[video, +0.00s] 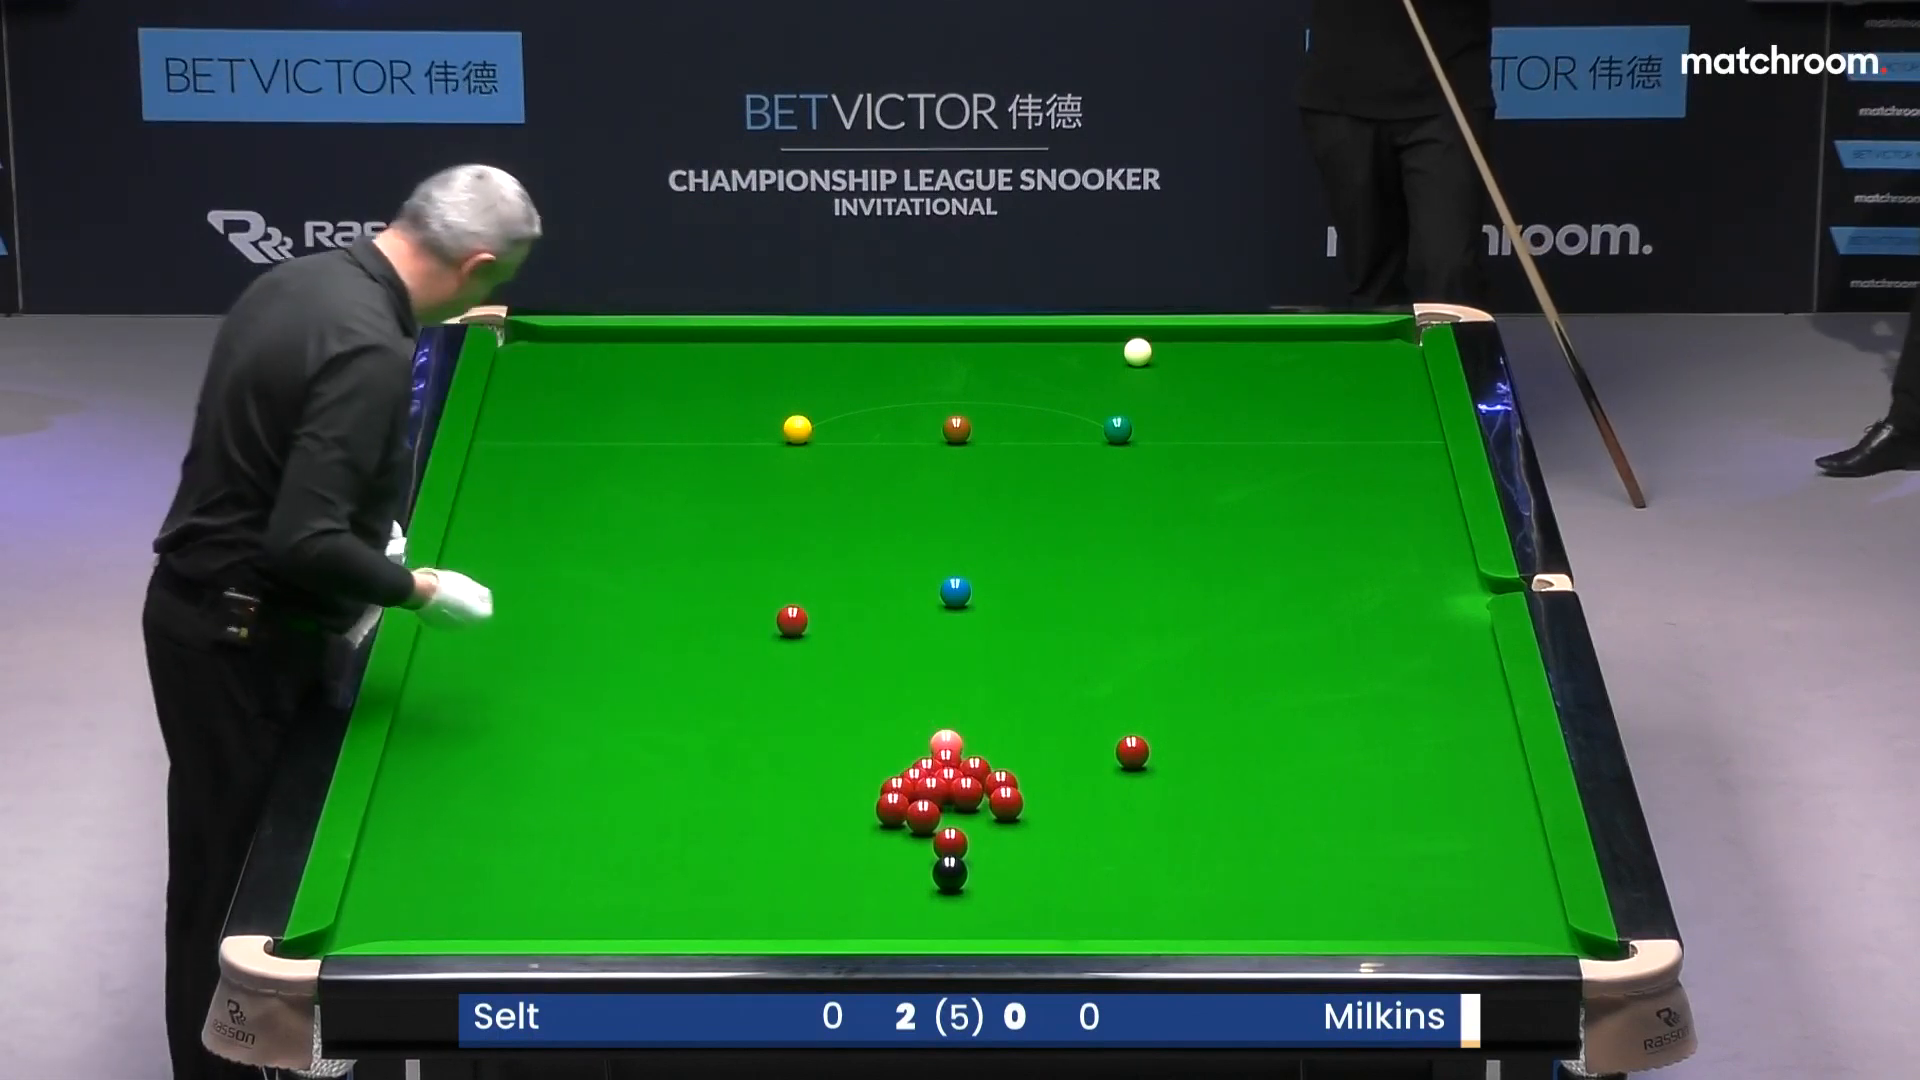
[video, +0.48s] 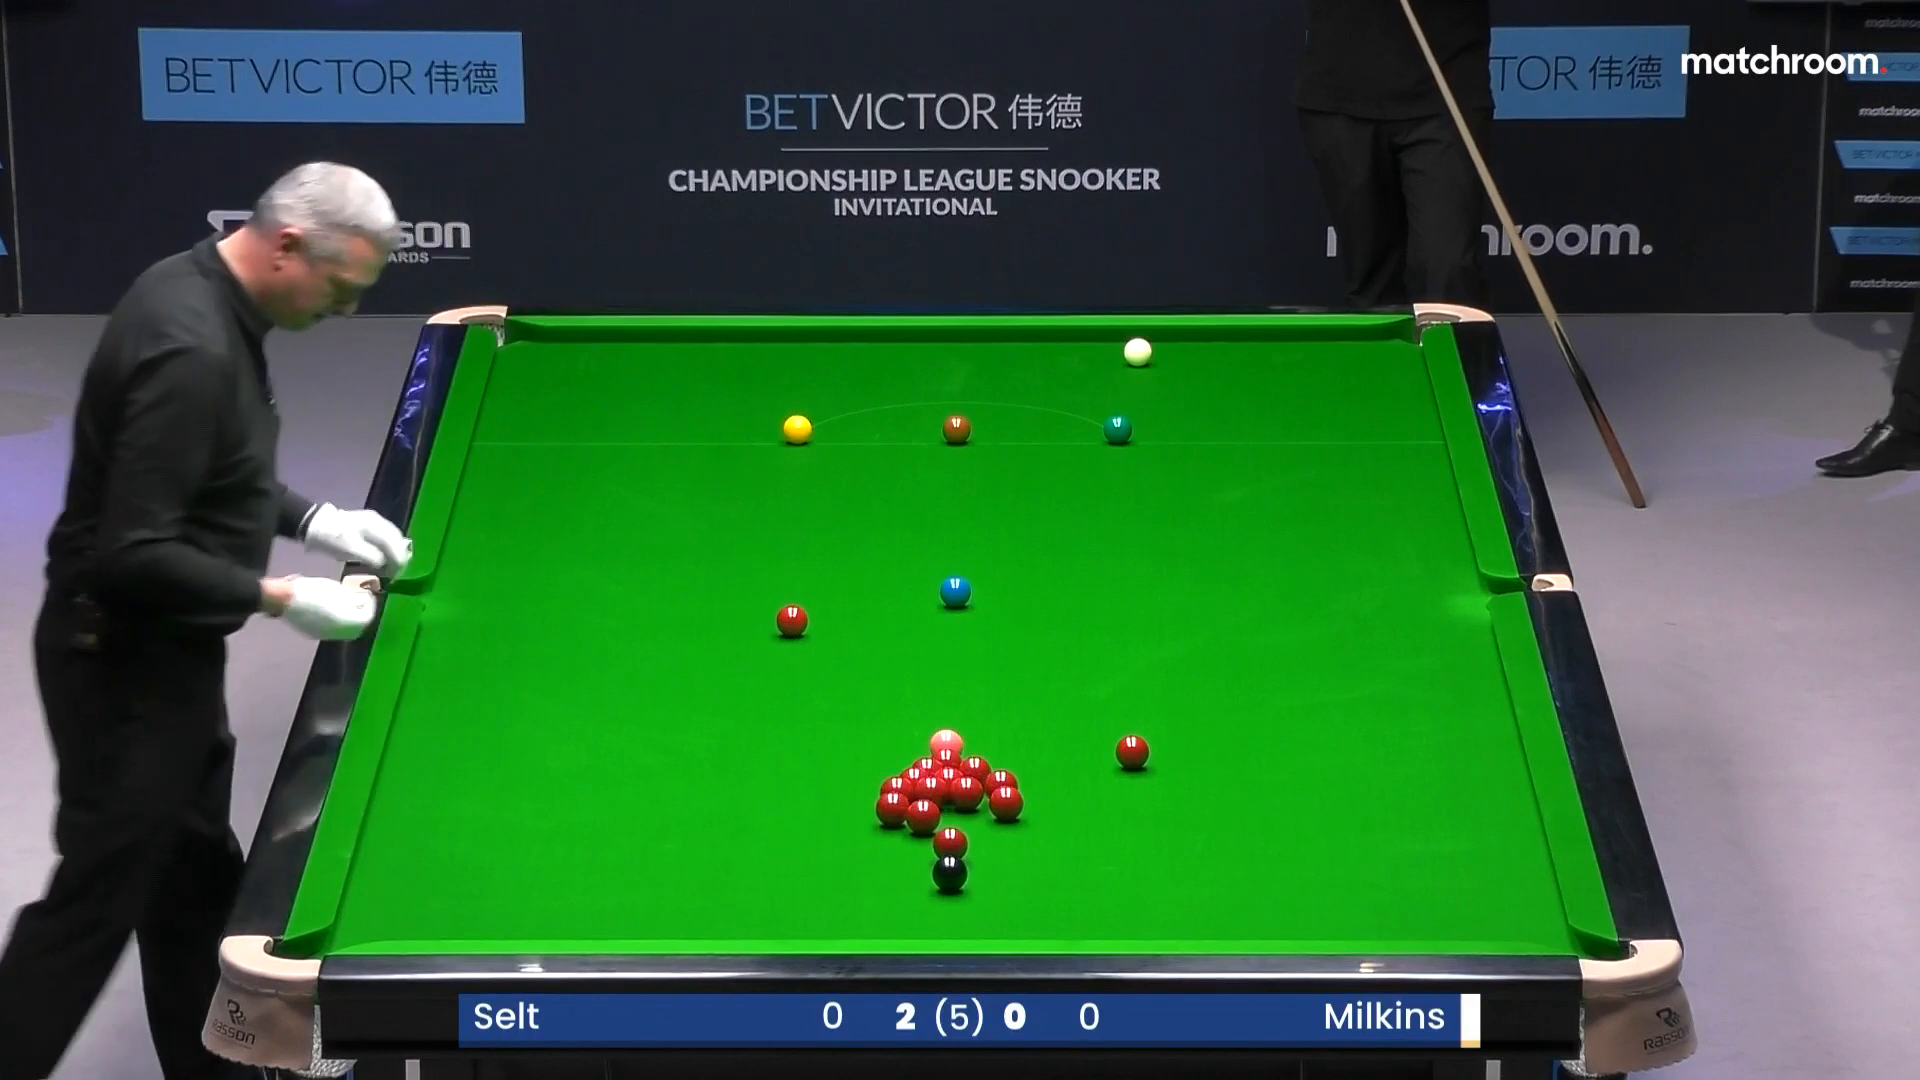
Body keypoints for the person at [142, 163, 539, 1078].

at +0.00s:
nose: (486, 298)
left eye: (497, 282)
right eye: (495, 280)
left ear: (411, 220)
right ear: (472, 263)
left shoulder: (298, 281)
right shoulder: (371, 349)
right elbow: (304, 540)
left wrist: (440, 317)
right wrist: (417, 584)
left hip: (194, 608)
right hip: (245, 634)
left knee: (217, 856)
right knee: (242, 866)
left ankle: (208, 1052)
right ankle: (215, 1060)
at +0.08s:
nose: (460, 296)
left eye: (473, 279)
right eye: (470, 277)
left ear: (391, 221)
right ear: (441, 250)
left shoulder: (280, 278)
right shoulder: (347, 343)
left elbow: (268, 430)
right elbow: (291, 535)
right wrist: (402, 580)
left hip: (183, 608)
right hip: (231, 633)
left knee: (212, 854)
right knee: (234, 865)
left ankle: (207, 1053)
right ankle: (212, 1061)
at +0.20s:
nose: (418, 299)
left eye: (433, 283)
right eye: (430, 279)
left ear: (374, 226)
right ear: (396, 241)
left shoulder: (246, 279)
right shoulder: (309, 338)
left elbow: (226, 443)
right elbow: (267, 533)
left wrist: (338, 503)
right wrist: (378, 573)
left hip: (164, 613)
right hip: (210, 637)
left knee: (201, 860)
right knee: (222, 872)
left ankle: (189, 1050)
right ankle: (193, 1058)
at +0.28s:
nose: (401, 296)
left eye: (415, 280)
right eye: (409, 274)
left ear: (354, 224)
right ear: (366, 235)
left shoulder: (230, 279)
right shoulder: (280, 337)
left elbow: (223, 444)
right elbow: (241, 535)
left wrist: (333, 498)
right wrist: (359, 574)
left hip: (156, 615)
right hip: (190, 639)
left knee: (205, 874)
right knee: (207, 892)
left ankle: (153, 1058)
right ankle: (140, 1066)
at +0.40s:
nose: (365, 303)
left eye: (378, 289)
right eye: (370, 282)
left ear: (314, 234)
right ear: (320, 239)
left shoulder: (219, 287)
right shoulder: (231, 340)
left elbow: (227, 461)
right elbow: (182, 545)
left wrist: (326, 504)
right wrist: (320, 585)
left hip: (174, 631)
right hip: (151, 643)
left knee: (207, 875)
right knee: (159, 878)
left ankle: (214, 1066)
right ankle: (31, 1064)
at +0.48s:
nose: (341, 308)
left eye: (354, 295)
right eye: (342, 287)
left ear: (289, 243)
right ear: (287, 243)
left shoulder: (213, 306)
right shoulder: (188, 344)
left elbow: (220, 475)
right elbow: (127, 549)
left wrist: (313, 519)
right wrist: (274, 597)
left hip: (168, 644)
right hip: (116, 653)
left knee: (199, 890)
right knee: (101, 892)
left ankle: (211, 1069)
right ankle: (14, 1057)